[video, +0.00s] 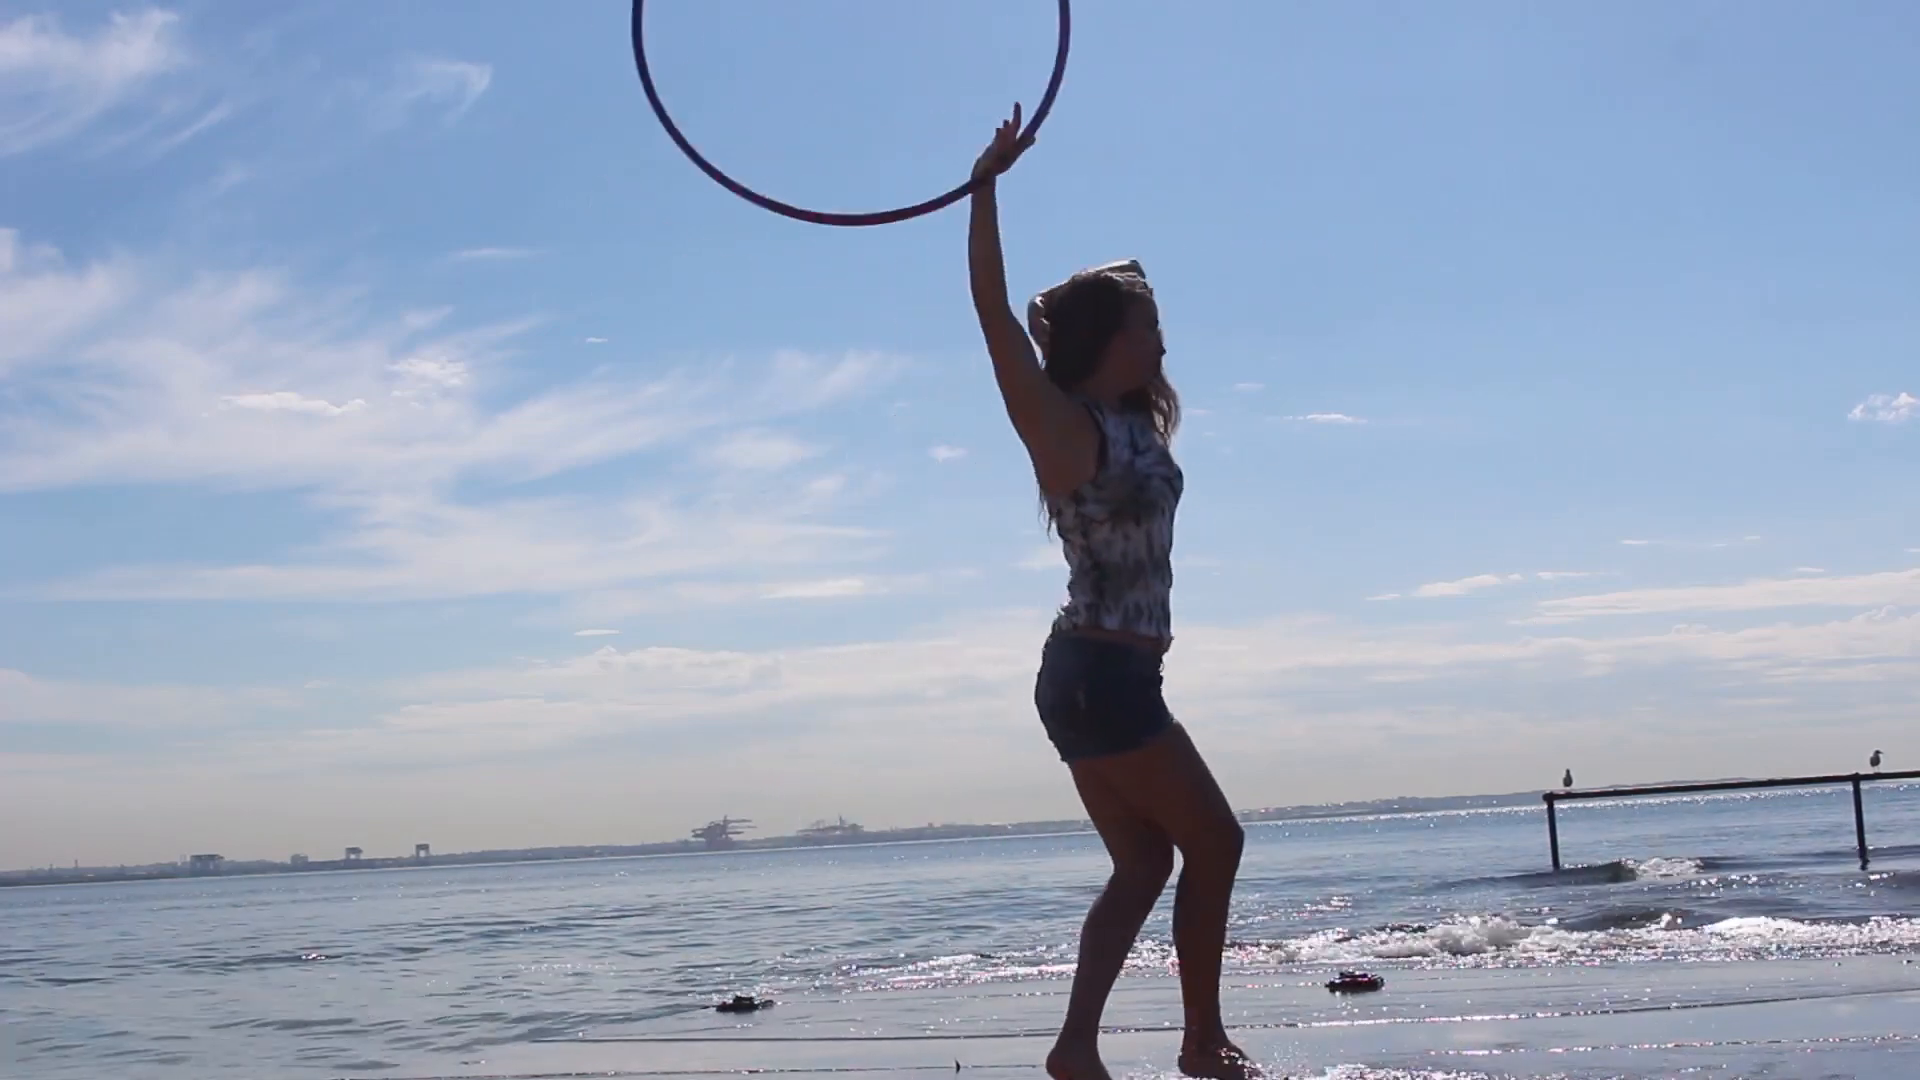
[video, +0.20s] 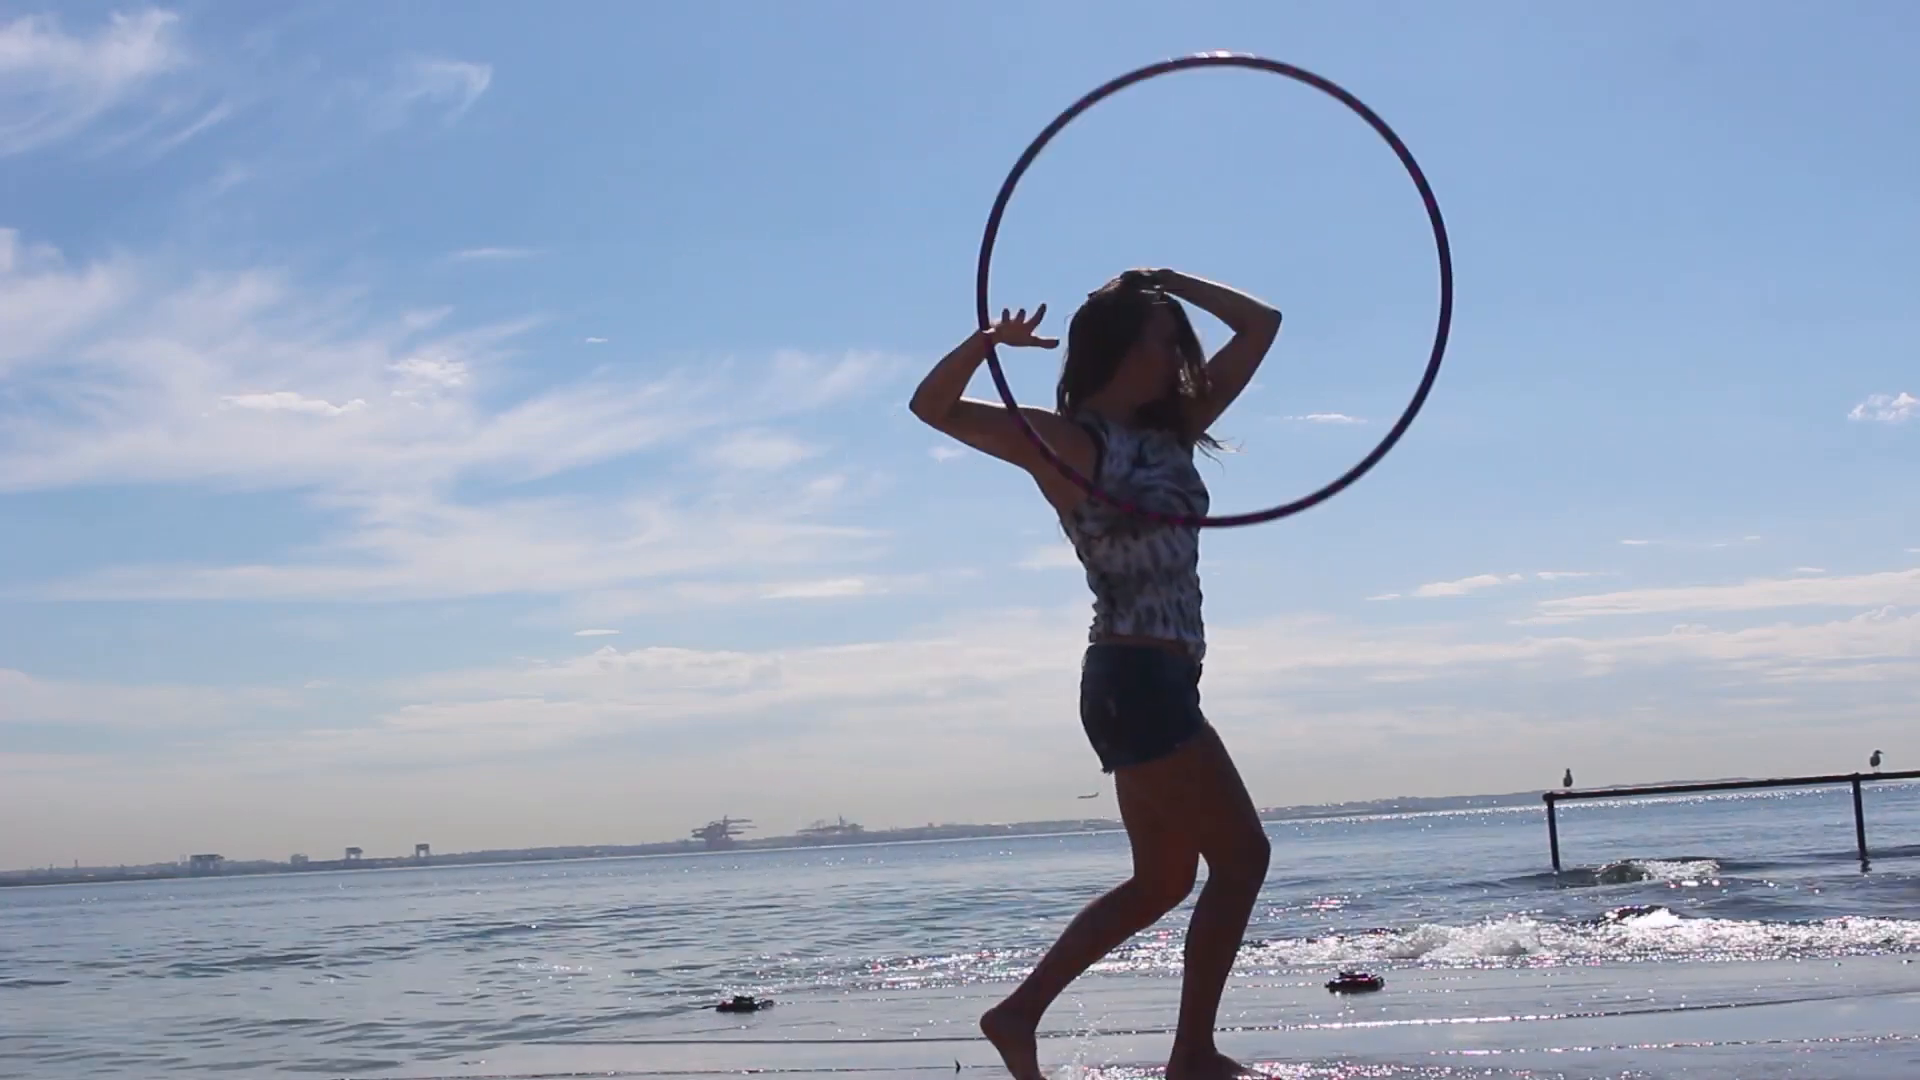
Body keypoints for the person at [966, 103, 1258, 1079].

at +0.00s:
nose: (1157, 336)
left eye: (1153, 323)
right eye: (1143, 323)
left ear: (1115, 342)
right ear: (1101, 339)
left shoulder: (1135, 418)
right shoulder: (1058, 422)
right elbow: (991, 307)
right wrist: (984, 184)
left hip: (1100, 674)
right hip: (1102, 677)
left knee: (1142, 859)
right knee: (1215, 843)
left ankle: (1075, 1047)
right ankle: (1203, 1042)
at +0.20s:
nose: (1178, 359)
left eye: (1178, 346)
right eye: (1167, 344)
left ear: (1160, 352)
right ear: (1124, 350)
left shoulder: (1171, 426)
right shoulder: (1066, 439)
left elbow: (1261, 326)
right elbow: (934, 406)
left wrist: (1170, 279)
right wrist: (987, 338)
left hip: (1160, 679)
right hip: (1134, 682)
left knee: (1164, 880)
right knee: (1243, 858)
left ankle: (1018, 1014)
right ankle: (1193, 1051)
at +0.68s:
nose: (1109, 383)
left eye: (1109, 370)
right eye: (1096, 369)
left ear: (1097, 380)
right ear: (1052, 376)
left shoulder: (1113, 462)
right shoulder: (1002, 467)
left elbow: (1154, 584)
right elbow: (993, 594)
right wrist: (1043, 632)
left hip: (1122, 692)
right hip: (1076, 695)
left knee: (1166, 894)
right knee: (1211, 853)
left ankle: (1044, 1037)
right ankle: (1194, 1049)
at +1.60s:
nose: (718, 401)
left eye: (722, 388)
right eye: (708, 383)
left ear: (646, 389)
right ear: (661, 382)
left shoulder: (605, 468)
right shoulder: (660, 450)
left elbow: (590, 605)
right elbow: (739, 504)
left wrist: (643, 684)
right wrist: (862, 479)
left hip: (610, 713)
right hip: (657, 715)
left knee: (588, 913)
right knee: (786, 878)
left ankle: (505, 1072)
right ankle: (859, 1067)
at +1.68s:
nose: (699, 406)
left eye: (704, 394)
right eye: (689, 388)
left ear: (626, 394)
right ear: (642, 382)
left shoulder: (591, 464)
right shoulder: (648, 442)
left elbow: (564, 597)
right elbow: (708, 480)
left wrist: (563, 677)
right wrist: (811, 546)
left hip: (588, 708)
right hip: (635, 711)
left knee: (574, 911)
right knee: (785, 861)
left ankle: (502, 1070)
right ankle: (820, 1064)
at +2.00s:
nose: (712, 389)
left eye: (713, 374)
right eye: (703, 373)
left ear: (642, 381)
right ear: (667, 378)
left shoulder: (587, 465)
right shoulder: (680, 442)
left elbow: (489, 539)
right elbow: (668, 501)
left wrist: (388, 598)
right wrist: (598, 584)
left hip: (607, 706)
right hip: (649, 705)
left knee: (752, 869)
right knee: (645, 906)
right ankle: (557, 1073)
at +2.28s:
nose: (760, 381)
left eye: (763, 366)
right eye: (751, 361)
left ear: (722, 369)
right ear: (710, 355)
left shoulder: (706, 449)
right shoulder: (668, 418)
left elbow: (715, 595)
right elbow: (678, 438)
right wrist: (772, 524)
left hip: (750, 681)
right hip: (707, 681)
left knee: (820, 872)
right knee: (782, 887)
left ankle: (805, 1067)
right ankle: (630, 1042)